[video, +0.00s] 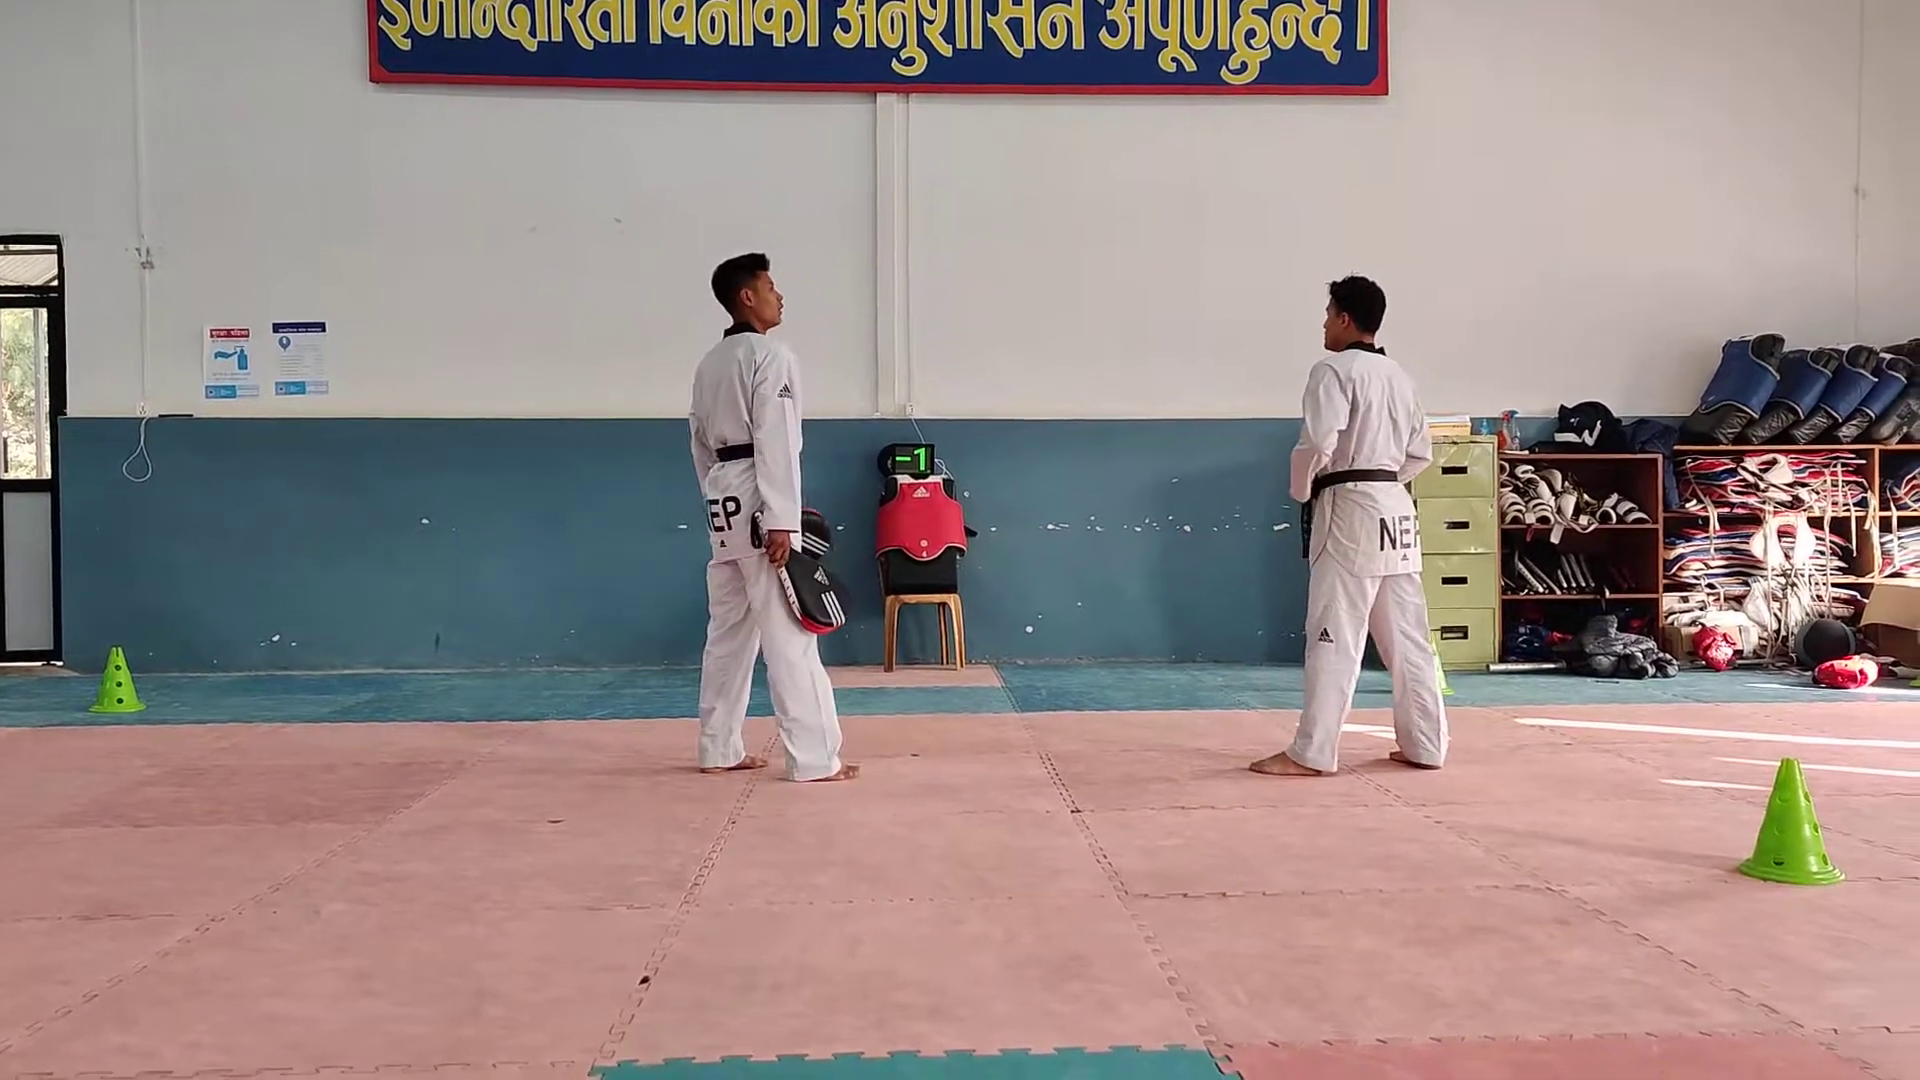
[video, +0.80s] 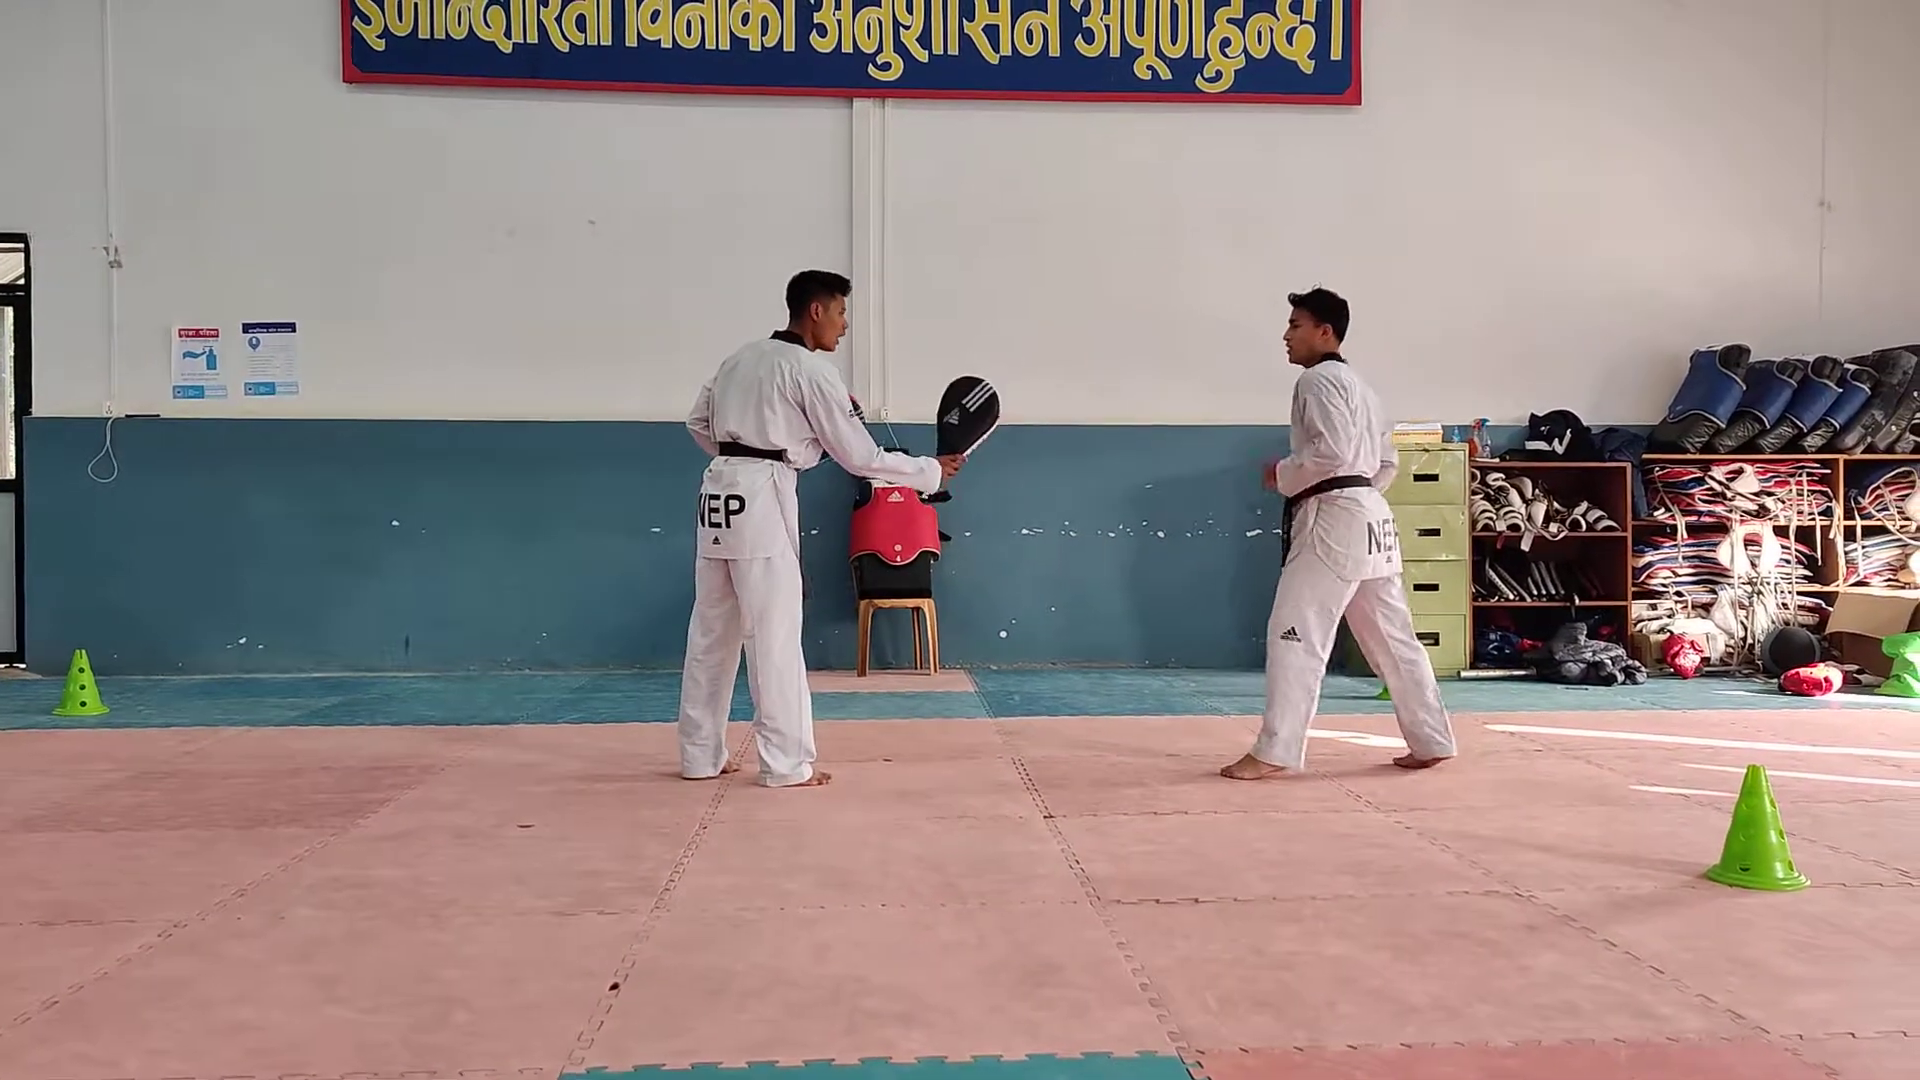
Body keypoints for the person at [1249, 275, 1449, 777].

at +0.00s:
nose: (1324, 322)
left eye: (1330, 313)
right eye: (1327, 312)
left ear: (1346, 319)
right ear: (1371, 324)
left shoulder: (1332, 369)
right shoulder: (1398, 376)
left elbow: (1316, 442)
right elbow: (1421, 451)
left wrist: (1299, 491)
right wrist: (1382, 483)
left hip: (1349, 508)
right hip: (1398, 508)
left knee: (1333, 633)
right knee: (1409, 635)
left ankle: (1313, 752)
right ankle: (1424, 746)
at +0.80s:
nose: (1286, 334)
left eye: (1294, 325)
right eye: (1288, 324)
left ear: (1324, 332)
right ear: (1326, 334)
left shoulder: (1318, 380)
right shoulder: (1363, 389)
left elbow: (1334, 451)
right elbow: (1387, 463)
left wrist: (1284, 473)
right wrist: (1350, 497)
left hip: (1335, 516)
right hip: (1375, 517)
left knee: (1294, 635)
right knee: (1393, 637)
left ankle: (1276, 753)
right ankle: (1432, 742)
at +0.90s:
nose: (1274, 343)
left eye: (1283, 334)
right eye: (1276, 334)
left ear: (1313, 343)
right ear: (1310, 345)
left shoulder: (1320, 393)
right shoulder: (1312, 396)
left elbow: (1348, 463)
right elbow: (1320, 472)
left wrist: (1277, 494)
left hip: (1328, 527)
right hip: (1350, 527)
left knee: (1269, 631)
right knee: (1387, 641)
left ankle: (1258, 752)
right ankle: (1435, 741)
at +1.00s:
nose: (1258, 362)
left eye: (1267, 354)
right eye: (1261, 353)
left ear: (1297, 363)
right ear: (1291, 364)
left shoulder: (1313, 411)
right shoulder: (1272, 426)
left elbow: (1351, 451)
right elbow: (1242, 476)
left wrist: (1287, 419)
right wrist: (1188, 456)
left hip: (1308, 545)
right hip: (1325, 545)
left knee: (1236, 642)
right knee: (1382, 654)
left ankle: (1244, 759)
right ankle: (1439, 752)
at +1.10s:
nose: (1243, 342)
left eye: (1251, 334)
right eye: (1245, 333)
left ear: (1278, 342)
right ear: (1271, 339)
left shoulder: (1292, 391)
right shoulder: (1232, 397)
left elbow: (1318, 413)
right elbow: (1180, 429)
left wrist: (1264, 372)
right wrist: (1156, 393)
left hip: (1275, 528)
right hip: (1251, 531)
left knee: (1231, 641)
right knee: (1296, 647)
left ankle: (1253, 759)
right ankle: (1383, 701)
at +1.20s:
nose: (1217, 330)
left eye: (1225, 319)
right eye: (1219, 320)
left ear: (1255, 321)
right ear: (1249, 322)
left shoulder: (1286, 372)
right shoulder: (1220, 385)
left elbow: (1248, 417)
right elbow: (1192, 453)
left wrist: (1176, 437)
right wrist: (1149, 499)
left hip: (1250, 507)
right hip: (1198, 500)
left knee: (1237, 623)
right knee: (1122, 563)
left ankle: (1251, 752)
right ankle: (1205, 631)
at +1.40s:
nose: (1132, 312)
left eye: (1139, 302)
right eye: (1133, 302)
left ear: (1167, 306)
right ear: (1169, 308)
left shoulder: (1173, 361)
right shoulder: (1184, 359)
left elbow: (1116, 426)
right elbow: (1209, 437)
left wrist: (1055, 423)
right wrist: (1230, 494)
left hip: (1172, 506)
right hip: (1135, 487)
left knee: (1164, 621)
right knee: (1056, 455)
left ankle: (1212, 714)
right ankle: (964, 513)